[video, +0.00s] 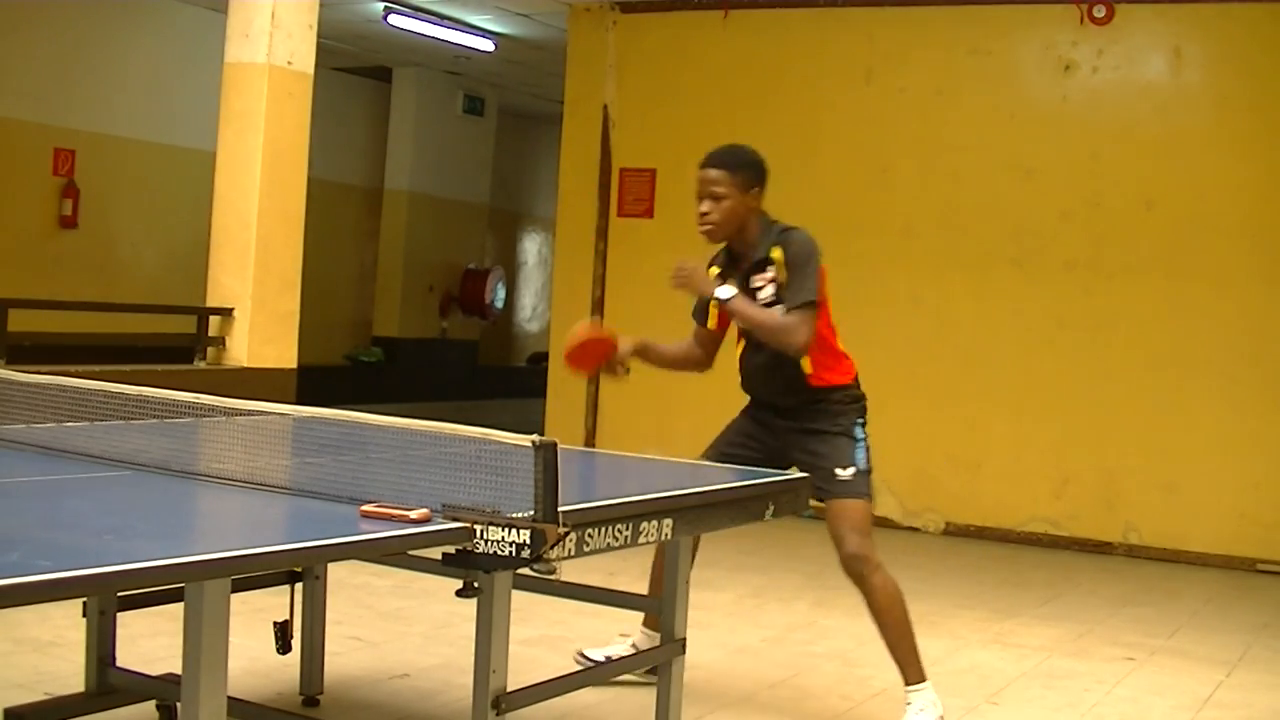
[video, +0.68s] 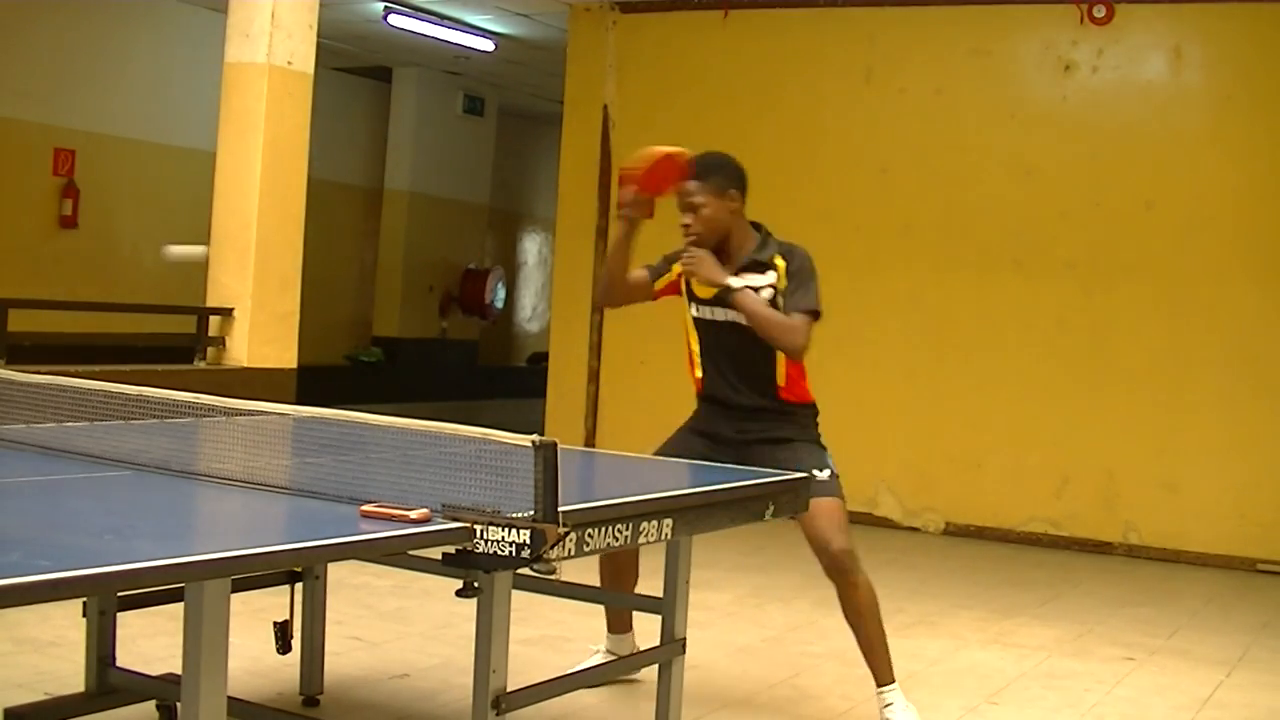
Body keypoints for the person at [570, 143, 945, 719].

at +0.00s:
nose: (701, 210)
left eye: (714, 197)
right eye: (698, 197)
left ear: (752, 197)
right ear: (701, 199)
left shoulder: (794, 247)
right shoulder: (721, 266)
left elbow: (796, 335)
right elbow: (699, 354)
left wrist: (715, 292)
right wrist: (638, 346)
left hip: (829, 416)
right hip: (766, 413)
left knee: (856, 554)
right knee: (679, 509)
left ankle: (920, 693)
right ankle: (649, 641)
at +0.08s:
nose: (666, 231)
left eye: (678, 218)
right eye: (665, 218)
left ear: (716, 219)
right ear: (693, 222)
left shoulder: (749, 267)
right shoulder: (707, 281)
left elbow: (747, 359)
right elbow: (713, 379)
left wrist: (674, 325)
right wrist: (645, 409)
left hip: (816, 423)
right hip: (762, 425)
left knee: (831, 570)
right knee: (673, 519)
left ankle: (908, 700)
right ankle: (637, 648)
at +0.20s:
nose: (619, 270)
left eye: (630, 257)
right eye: (616, 258)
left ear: (667, 254)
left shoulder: (691, 291)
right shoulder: (679, 298)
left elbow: (699, 387)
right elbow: (726, 394)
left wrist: (622, 388)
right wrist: (685, 466)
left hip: (787, 435)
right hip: (735, 434)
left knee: (809, 583)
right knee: (641, 509)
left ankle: (909, 697)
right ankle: (629, 650)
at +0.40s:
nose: (599, 271)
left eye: (605, 257)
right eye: (596, 259)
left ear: (642, 246)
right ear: (638, 249)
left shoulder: (671, 282)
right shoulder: (668, 283)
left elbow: (690, 366)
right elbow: (720, 369)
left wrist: (603, 384)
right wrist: (677, 423)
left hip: (769, 432)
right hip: (721, 432)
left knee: (781, 576)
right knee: (626, 509)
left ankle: (877, 699)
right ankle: (628, 649)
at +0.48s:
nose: (615, 248)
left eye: (621, 234)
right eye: (612, 236)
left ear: (656, 224)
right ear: (653, 229)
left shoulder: (705, 262)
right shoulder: (672, 287)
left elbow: (713, 351)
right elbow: (683, 372)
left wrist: (624, 348)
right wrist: (612, 377)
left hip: (774, 428)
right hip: (718, 427)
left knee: (788, 567)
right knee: (631, 507)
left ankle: (874, 697)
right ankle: (627, 648)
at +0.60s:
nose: (655, 226)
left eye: (661, 212)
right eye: (651, 214)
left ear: (698, 200)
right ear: (686, 206)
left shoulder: (762, 249)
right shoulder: (685, 266)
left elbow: (761, 332)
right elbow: (619, 325)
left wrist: (679, 298)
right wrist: (573, 268)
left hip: (784, 425)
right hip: (718, 419)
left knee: (815, 556)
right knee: (624, 501)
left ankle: (882, 697)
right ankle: (624, 643)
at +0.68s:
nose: (683, 218)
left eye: (694, 205)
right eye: (680, 206)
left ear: (734, 202)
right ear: (683, 207)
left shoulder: (788, 261)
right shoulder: (692, 262)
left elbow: (796, 340)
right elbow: (610, 293)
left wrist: (725, 284)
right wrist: (627, 224)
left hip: (786, 431)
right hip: (712, 426)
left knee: (838, 553)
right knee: (617, 510)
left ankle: (890, 694)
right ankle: (620, 647)